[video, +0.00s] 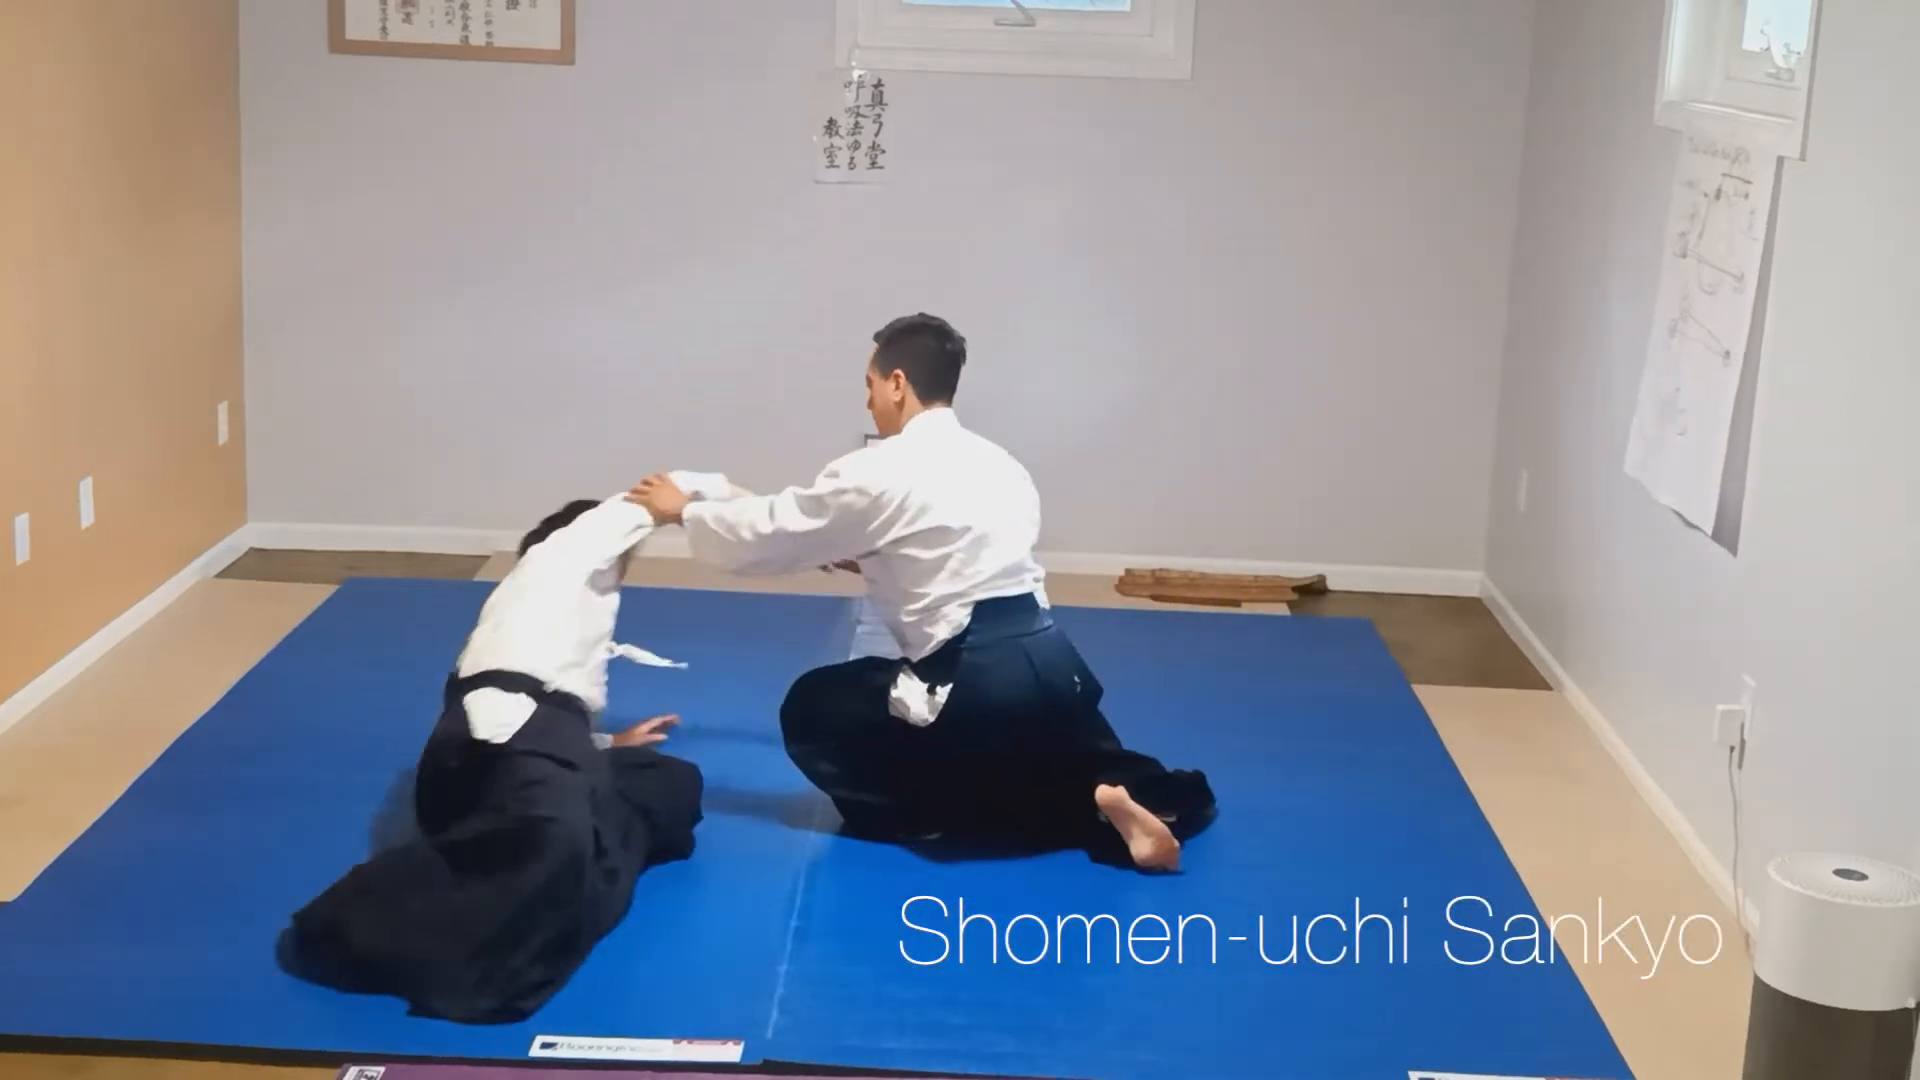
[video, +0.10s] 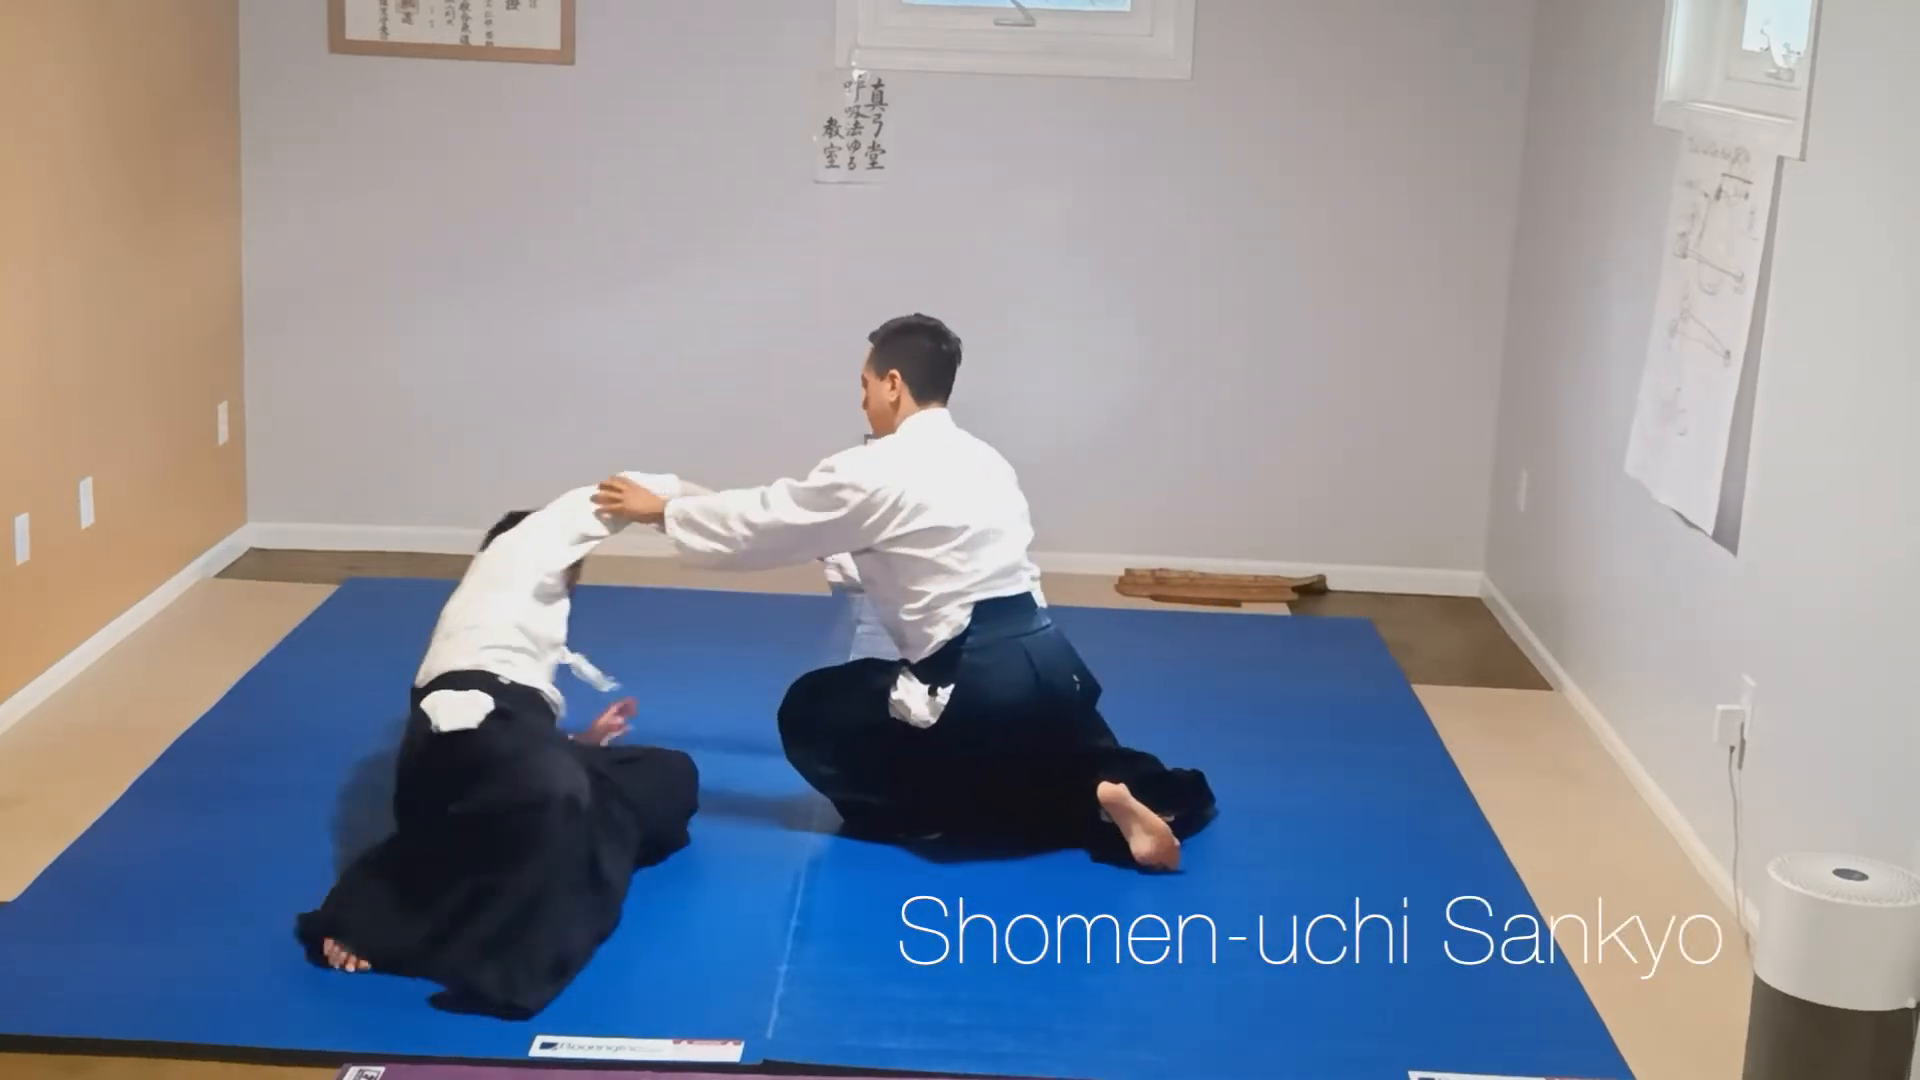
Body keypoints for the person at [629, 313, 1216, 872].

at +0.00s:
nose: (869, 401)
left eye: (871, 386)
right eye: (871, 385)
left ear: (895, 385)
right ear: (947, 387)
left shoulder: (880, 473)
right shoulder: (1005, 466)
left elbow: (768, 529)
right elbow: (960, 557)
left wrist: (686, 511)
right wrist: (870, 564)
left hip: (966, 693)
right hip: (1060, 680)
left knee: (810, 705)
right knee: (1098, 766)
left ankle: (920, 810)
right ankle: (1135, 800)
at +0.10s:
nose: (864, 397)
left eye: (866, 383)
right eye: (867, 382)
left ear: (889, 384)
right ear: (940, 388)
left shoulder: (872, 472)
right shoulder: (990, 461)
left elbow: (758, 520)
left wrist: (662, 505)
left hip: (966, 694)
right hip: (1058, 679)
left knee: (809, 708)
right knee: (1101, 761)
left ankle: (923, 807)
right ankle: (1132, 795)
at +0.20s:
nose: (856, 399)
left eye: (858, 384)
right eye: (859, 384)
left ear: (881, 386)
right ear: (934, 389)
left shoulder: (867, 474)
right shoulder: (977, 459)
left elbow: (747, 526)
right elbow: (854, 546)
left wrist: (658, 509)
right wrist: (761, 505)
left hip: (961, 698)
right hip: (1054, 680)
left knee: (804, 714)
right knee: (1103, 760)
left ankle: (923, 810)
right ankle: (1126, 797)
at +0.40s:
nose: (836, 404)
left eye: (837, 389)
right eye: (837, 389)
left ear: (862, 388)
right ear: (909, 391)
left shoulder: (854, 480)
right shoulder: (950, 457)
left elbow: (754, 554)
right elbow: (834, 520)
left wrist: (678, 532)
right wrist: (739, 506)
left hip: (939, 693)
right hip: (1028, 682)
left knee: (788, 739)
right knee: (1097, 763)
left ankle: (918, 808)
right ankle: (1111, 804)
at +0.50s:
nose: (815, 405)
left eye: (814, 389)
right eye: (814, 388)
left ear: (837, 384)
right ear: (886, 384)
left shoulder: (833, 475)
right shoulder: (935, 452)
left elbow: (732, 547)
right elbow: (821, 512)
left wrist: (657, 512)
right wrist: (722, 499)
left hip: (917, 689)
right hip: (1009, 679)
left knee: (781, 753)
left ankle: (883, 796)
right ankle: (1082, 809)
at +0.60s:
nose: (783, 399)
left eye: (781, 385)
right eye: (781, 385)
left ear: (803, 378)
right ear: (857, 373)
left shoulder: (805, 469)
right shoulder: (912, 441)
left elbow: (712, 543)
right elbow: (817, 508)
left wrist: (643, 495)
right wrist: (716, 491)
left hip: (886, 680)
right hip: (973, 659)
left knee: (777, 775)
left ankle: (902, 804)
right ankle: (1068, 811)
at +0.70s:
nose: (747, 395)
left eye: (746, 380)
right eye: (745, 380)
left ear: (770, 372)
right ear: (817, 359)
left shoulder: (777, 457)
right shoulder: (885, 426)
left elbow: (690, 530)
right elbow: (809, 503)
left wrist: (631, 471)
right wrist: (718, 471)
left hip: (873, 665)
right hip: (953, 646)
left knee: (775, 782)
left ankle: (924, 802)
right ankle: (1027, 798)